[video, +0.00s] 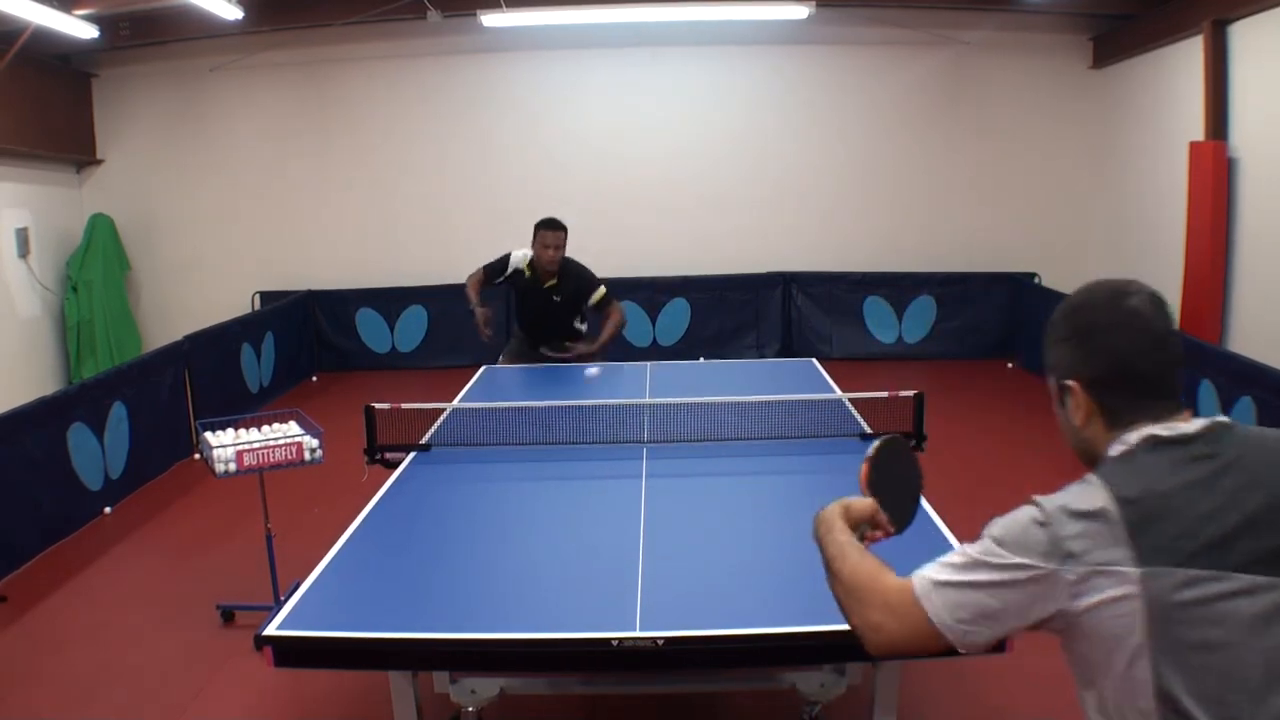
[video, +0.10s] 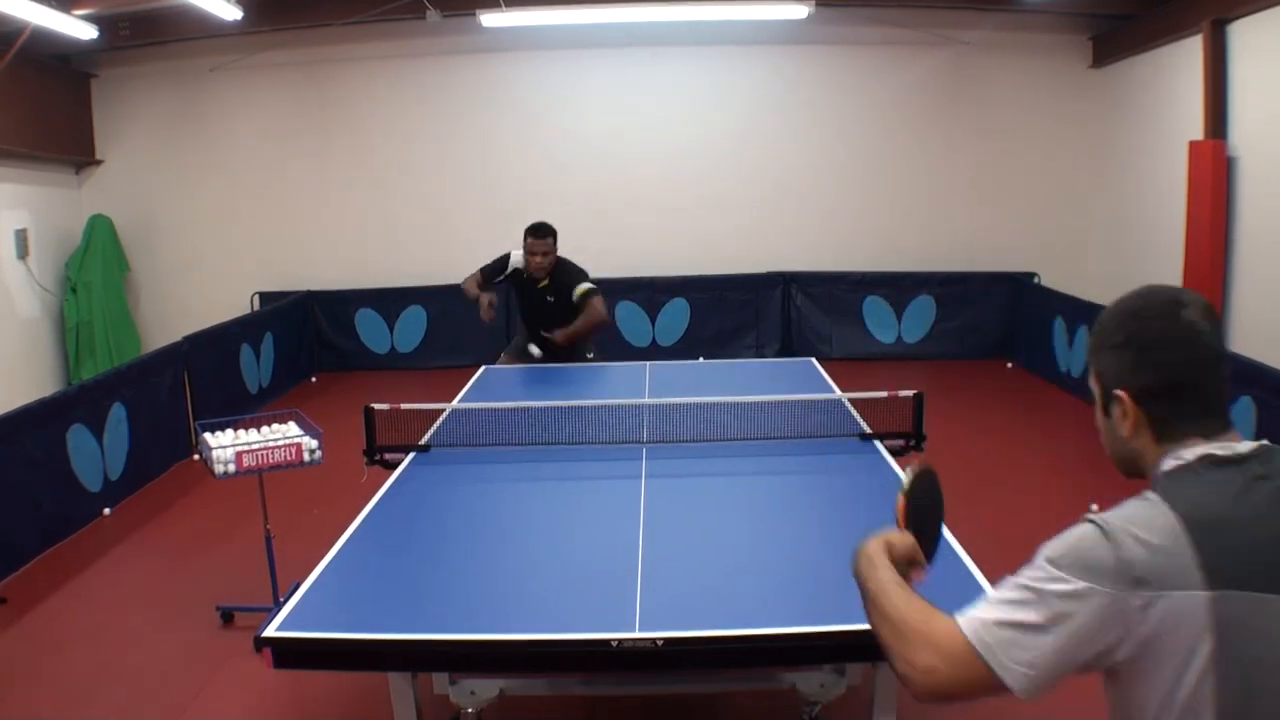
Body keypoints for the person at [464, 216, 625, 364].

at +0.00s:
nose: (552, 255)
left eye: (558, 248)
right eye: (546, 248)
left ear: (565, 248)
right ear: (533, 246)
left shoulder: (578, 275)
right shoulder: (517, 262)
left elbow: (616, 314)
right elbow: (473, 280)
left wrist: (595, 346)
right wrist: (477, 308)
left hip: (570, 350)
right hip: (526, 347)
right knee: (499, 385)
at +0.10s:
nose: (539, 261)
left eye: (545, 255)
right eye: (532, 254)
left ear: (555, 252)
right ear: (524, 251)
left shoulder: (570, 273)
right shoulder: (513, 262)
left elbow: (598, 312)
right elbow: (469, 283)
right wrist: (480, 296)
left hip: (572, 347)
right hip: (531, 342)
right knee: (498, 378)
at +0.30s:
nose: (528, 226)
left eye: (534, 219)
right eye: (522, 220)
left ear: (547, 218)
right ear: (516, 222)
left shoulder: (564, 240)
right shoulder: (513, 243)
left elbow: (591, 258)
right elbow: (480, 266)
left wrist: (609, 260)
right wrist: (479, 268)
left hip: (575, 317)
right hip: (537, 317)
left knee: (605, 371)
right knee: (505, 370)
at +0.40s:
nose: (526, 217)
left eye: (531, 211)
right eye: (520, 212)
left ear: (544, 211)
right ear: (514, 215)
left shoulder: (568, 236)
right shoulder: (509, 243)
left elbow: (604, 252)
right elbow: (485, 262)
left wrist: (631, 261)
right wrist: (467, 275)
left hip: (574, 318)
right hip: (533, 320)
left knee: (605, 373)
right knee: (495, 374)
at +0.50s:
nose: (518, 215)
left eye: (524, 209)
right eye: (512, 210)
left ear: (536, 210)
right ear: (505, 215)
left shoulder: (561, 240)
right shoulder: (499, 248)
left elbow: (601, 261)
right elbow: (475, 273)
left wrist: (630, 276)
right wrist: (454, 279)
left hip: (566, 327)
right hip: (522, 329)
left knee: (599, 380)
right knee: (494, 383)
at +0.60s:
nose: (508, 208)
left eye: (514, 202)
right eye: (501, 203)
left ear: (524, 205)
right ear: (493, 208)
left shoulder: (546, 237)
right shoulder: (483, 245)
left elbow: (578, 268)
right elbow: (462, 281)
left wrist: (608, 297)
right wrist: (452, 284)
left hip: (552, 325)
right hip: (509, 327)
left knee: (584, 381)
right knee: (488, 383)